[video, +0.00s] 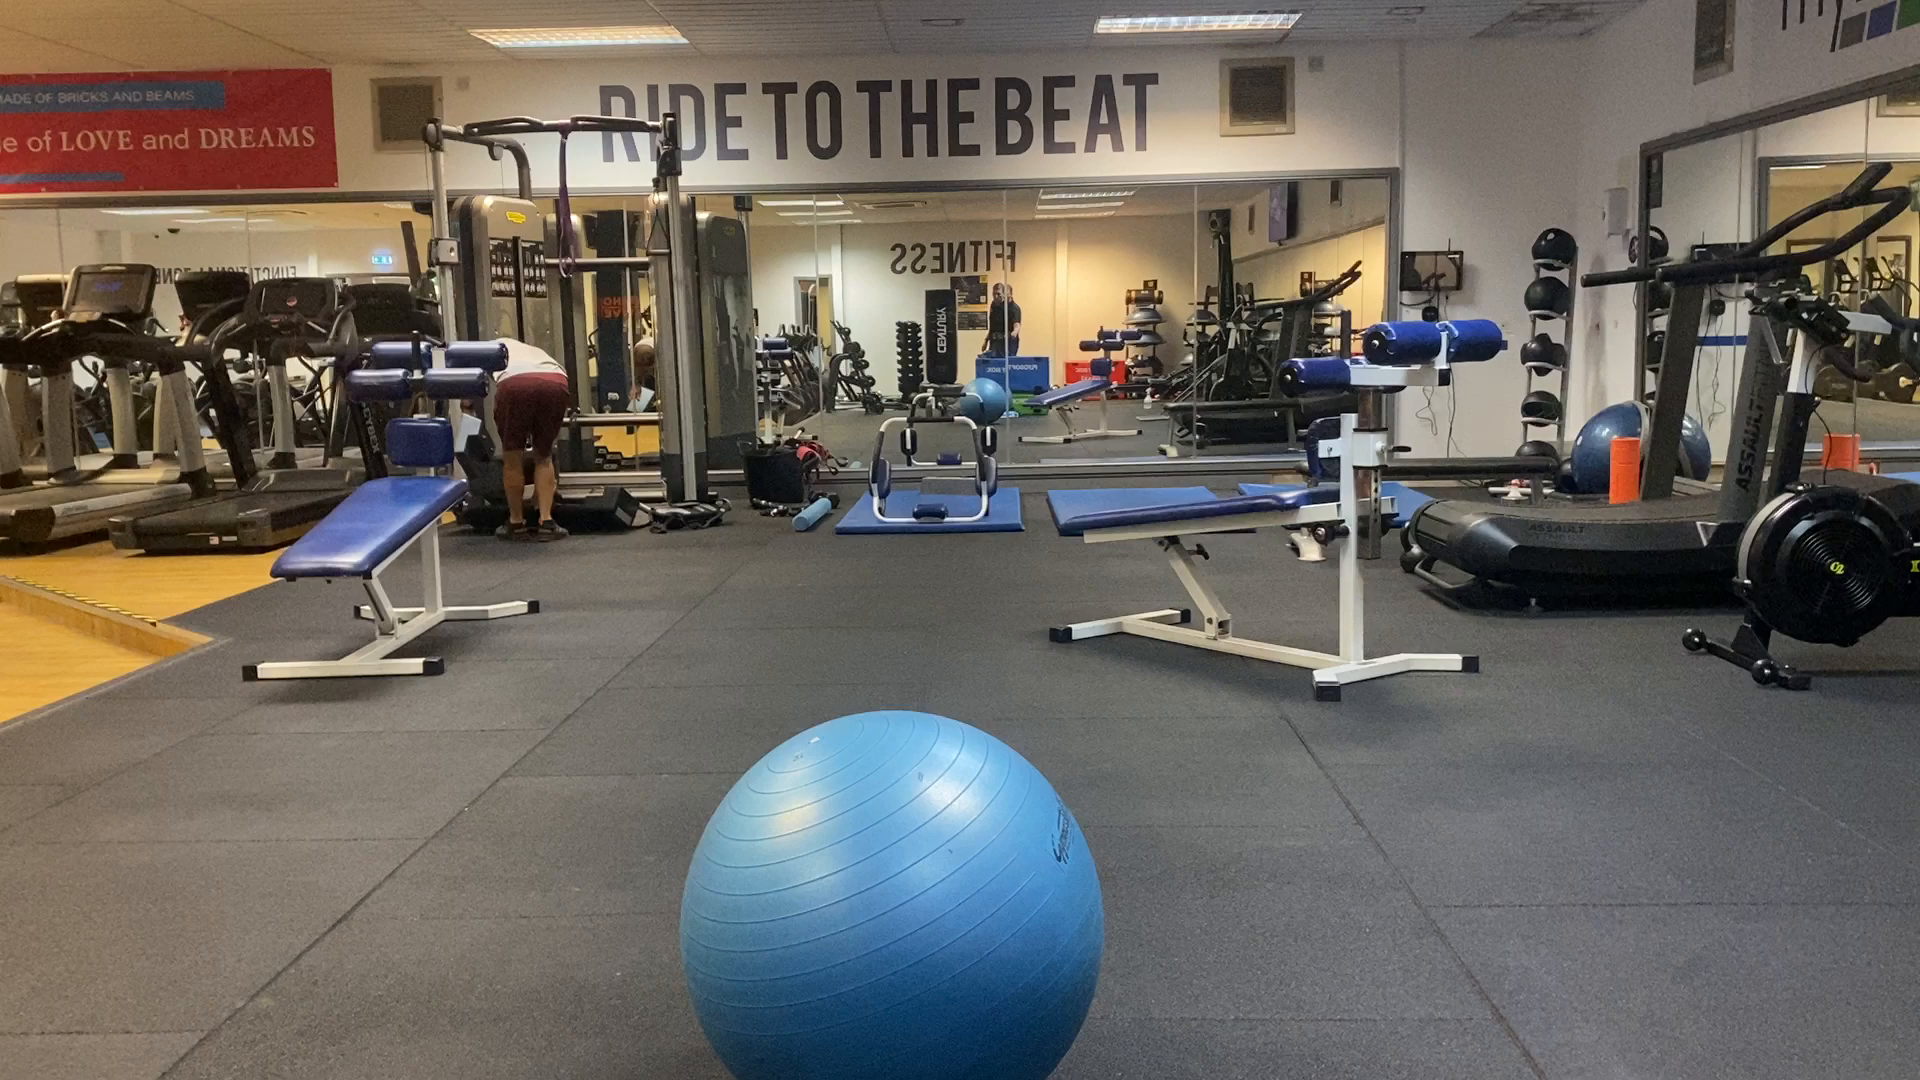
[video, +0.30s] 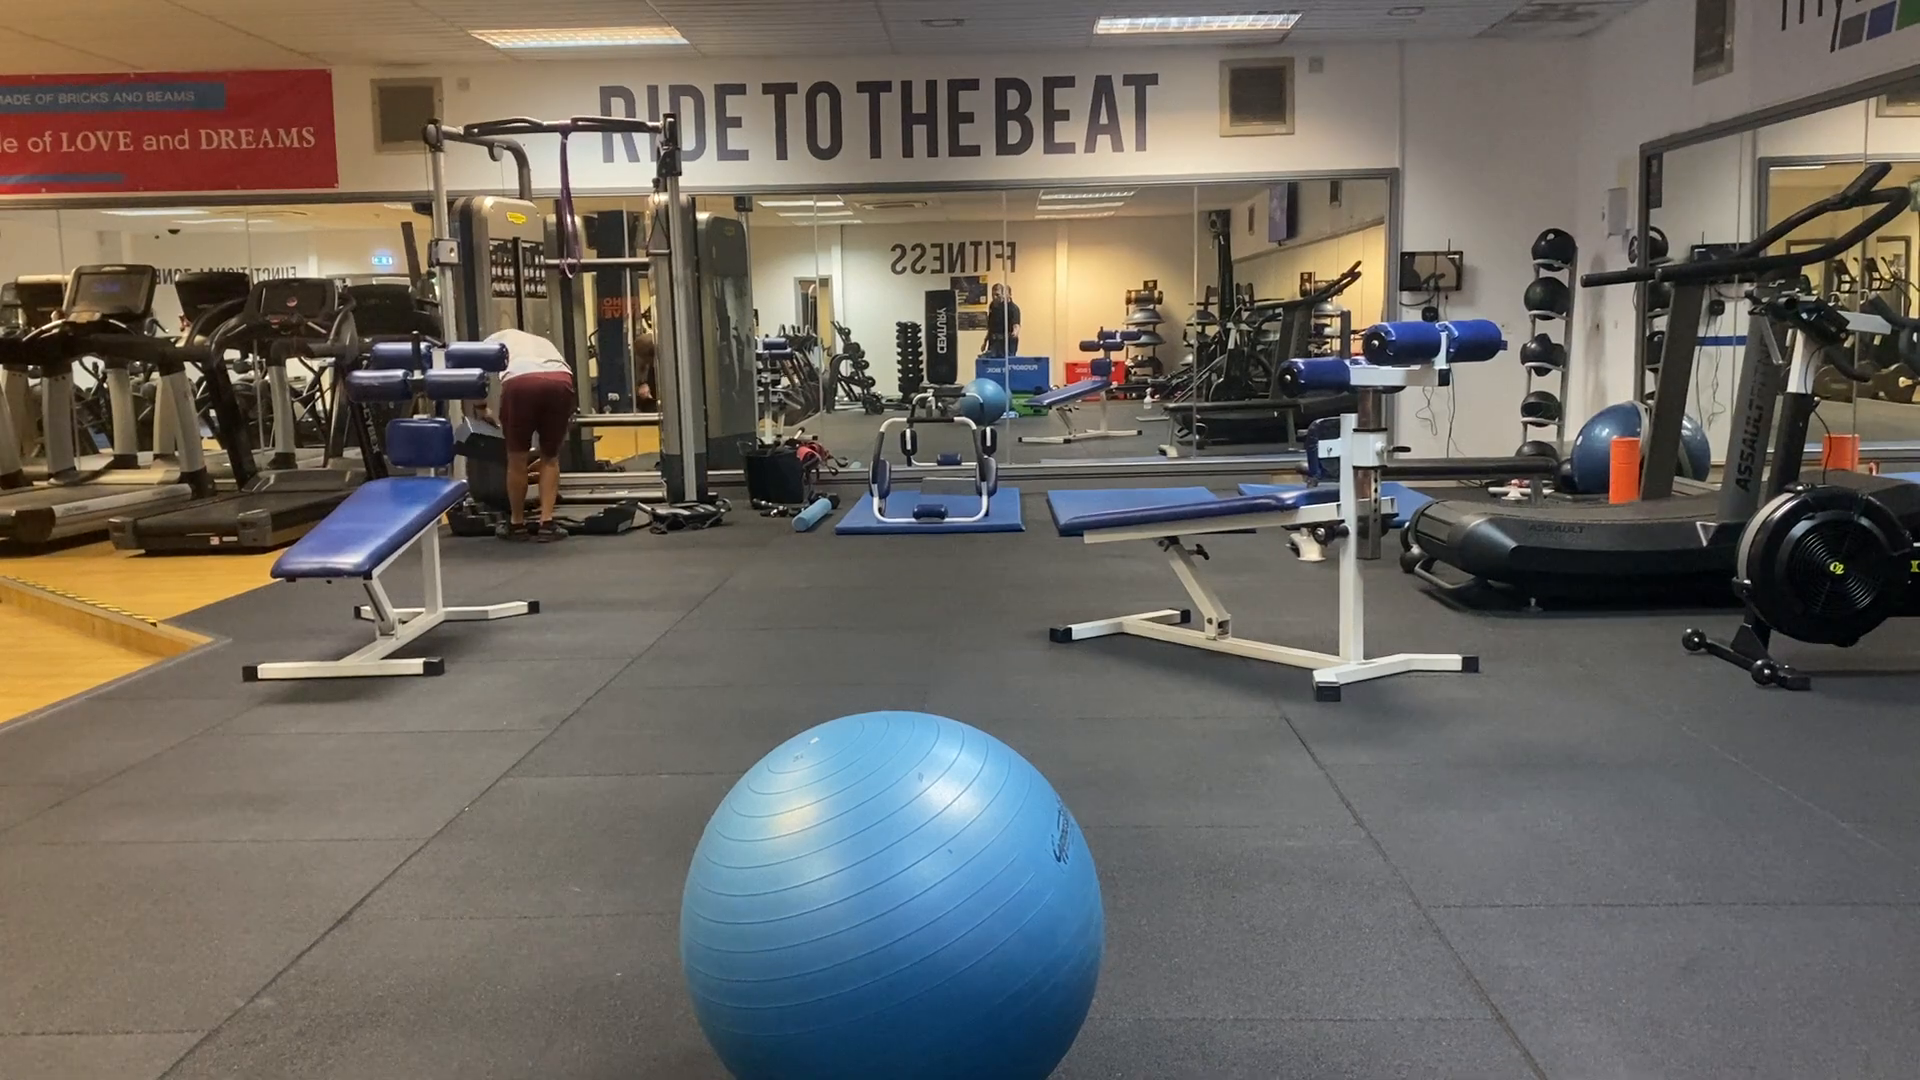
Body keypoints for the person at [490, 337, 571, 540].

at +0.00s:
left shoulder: (491, 348)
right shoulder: (539, 354)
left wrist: (467, 397)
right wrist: (536, 498)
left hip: (515, 387)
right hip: (556, 386)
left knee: (512, 461)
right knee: (544, 457)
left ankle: (516, 523)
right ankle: (546, 521)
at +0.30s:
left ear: (498, 336)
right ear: (523, 334)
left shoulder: (493, 339)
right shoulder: (544, 342)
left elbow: (477, 374)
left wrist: (481, 409)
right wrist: (546, 457)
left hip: (519, 386)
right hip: (560, 383)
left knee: (517, 460)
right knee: (550, 458)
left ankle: (517, 523)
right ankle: (546, 523)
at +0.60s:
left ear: (515, 321)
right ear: (542, 324)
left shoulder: (503, 325)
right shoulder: (556, 337)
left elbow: (471, 354)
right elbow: (573, 405)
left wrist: (482, 397)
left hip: (514, 387)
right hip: (556, 387)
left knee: (509, 457)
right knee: (550, 459)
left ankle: (510, 521)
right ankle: (547, 523)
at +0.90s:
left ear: (509, 328)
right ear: (539, 333)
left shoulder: (491, 334)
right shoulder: (553, 347)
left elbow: (475, 374)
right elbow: (560, 408)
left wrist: (477, 413)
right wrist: (539, 433)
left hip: (499, 389)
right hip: (539, 389)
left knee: (489, 464)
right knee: (545, 461)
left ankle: (484, 525)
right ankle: (546, 524)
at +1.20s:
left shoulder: (468, 361)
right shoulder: (533, 368)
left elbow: (454, 414)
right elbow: (526, 422)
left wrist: (458, 452)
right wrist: (510, 463)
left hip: (473, 387)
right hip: (514, 385)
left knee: (477, 462)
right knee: (531, 457)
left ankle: (483, 526)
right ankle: (545, 525)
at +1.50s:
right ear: (508, 362)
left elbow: (456, 435)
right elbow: (514, 449)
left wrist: (452, 470)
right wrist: (498, 483)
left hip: (462, 390)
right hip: (504, 387)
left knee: (474, 460)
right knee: (523, 457)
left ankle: (483, 525)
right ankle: (546, 524)